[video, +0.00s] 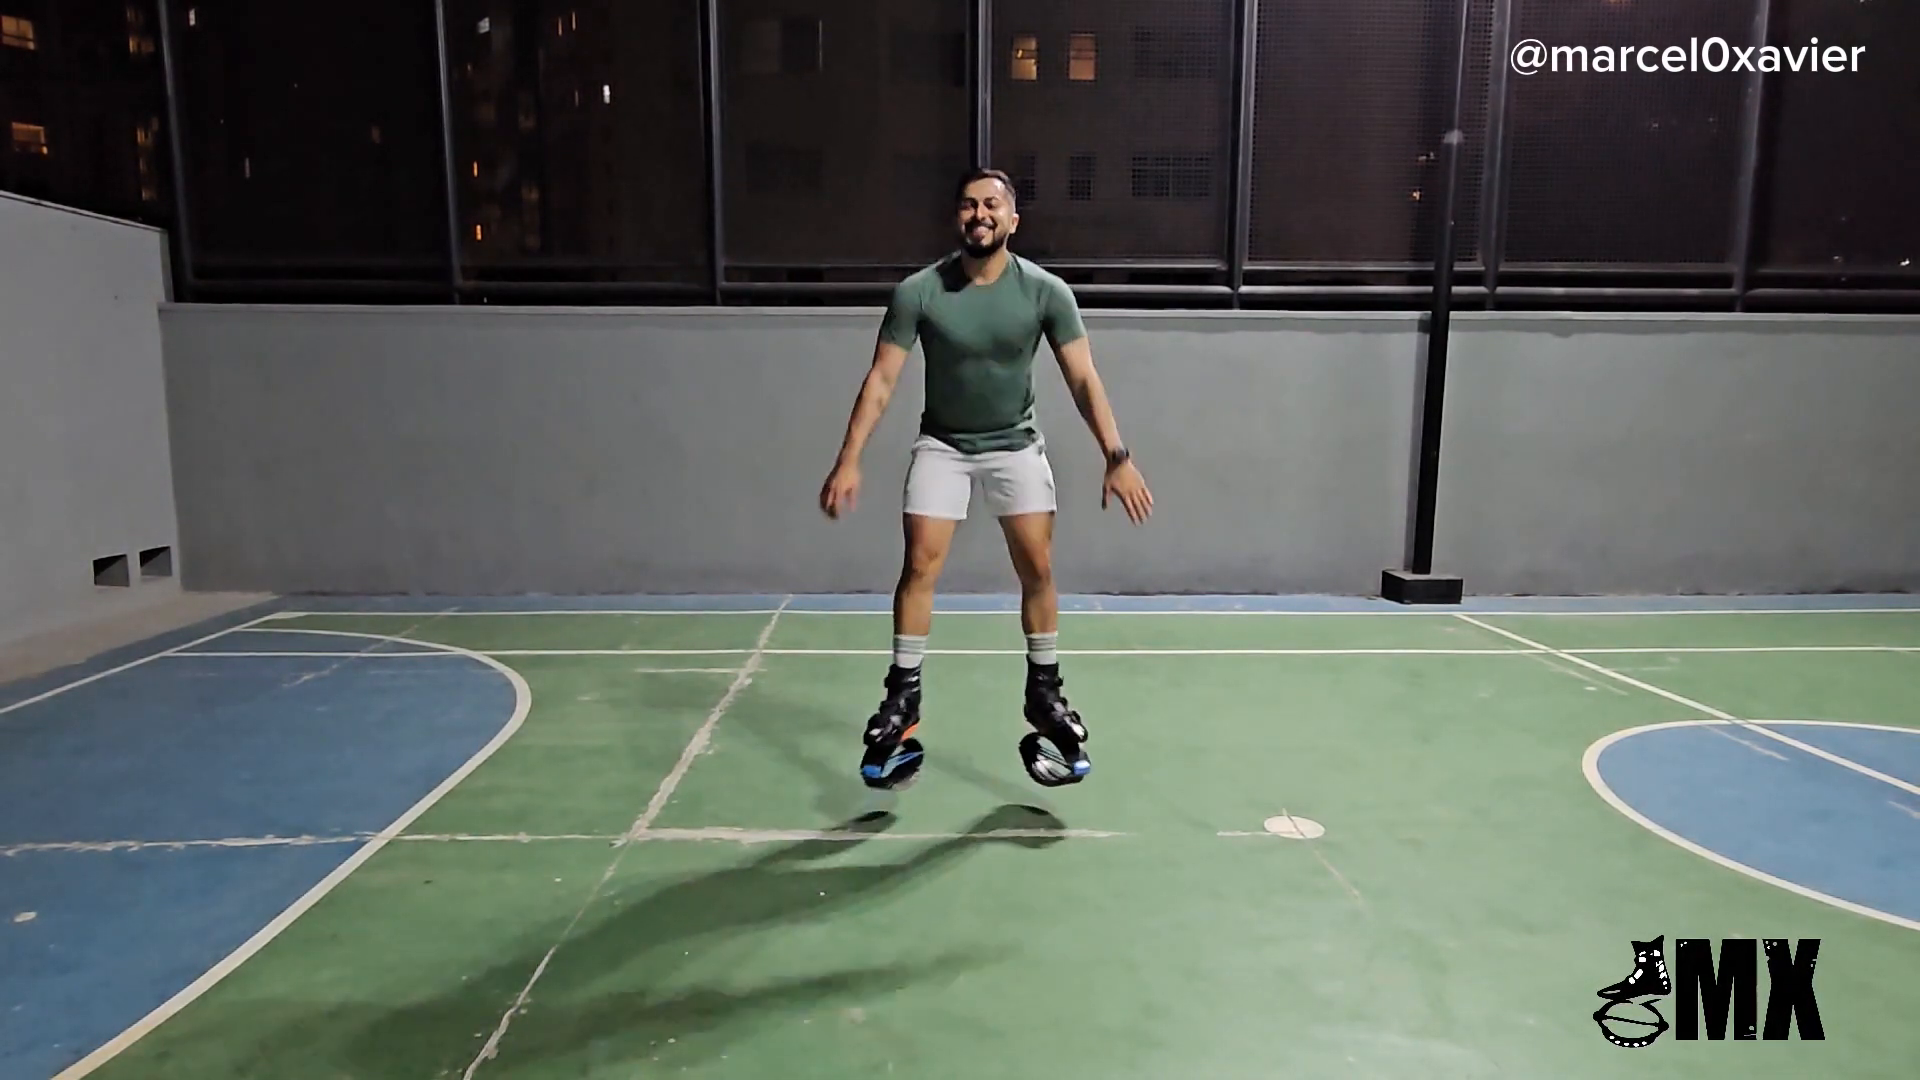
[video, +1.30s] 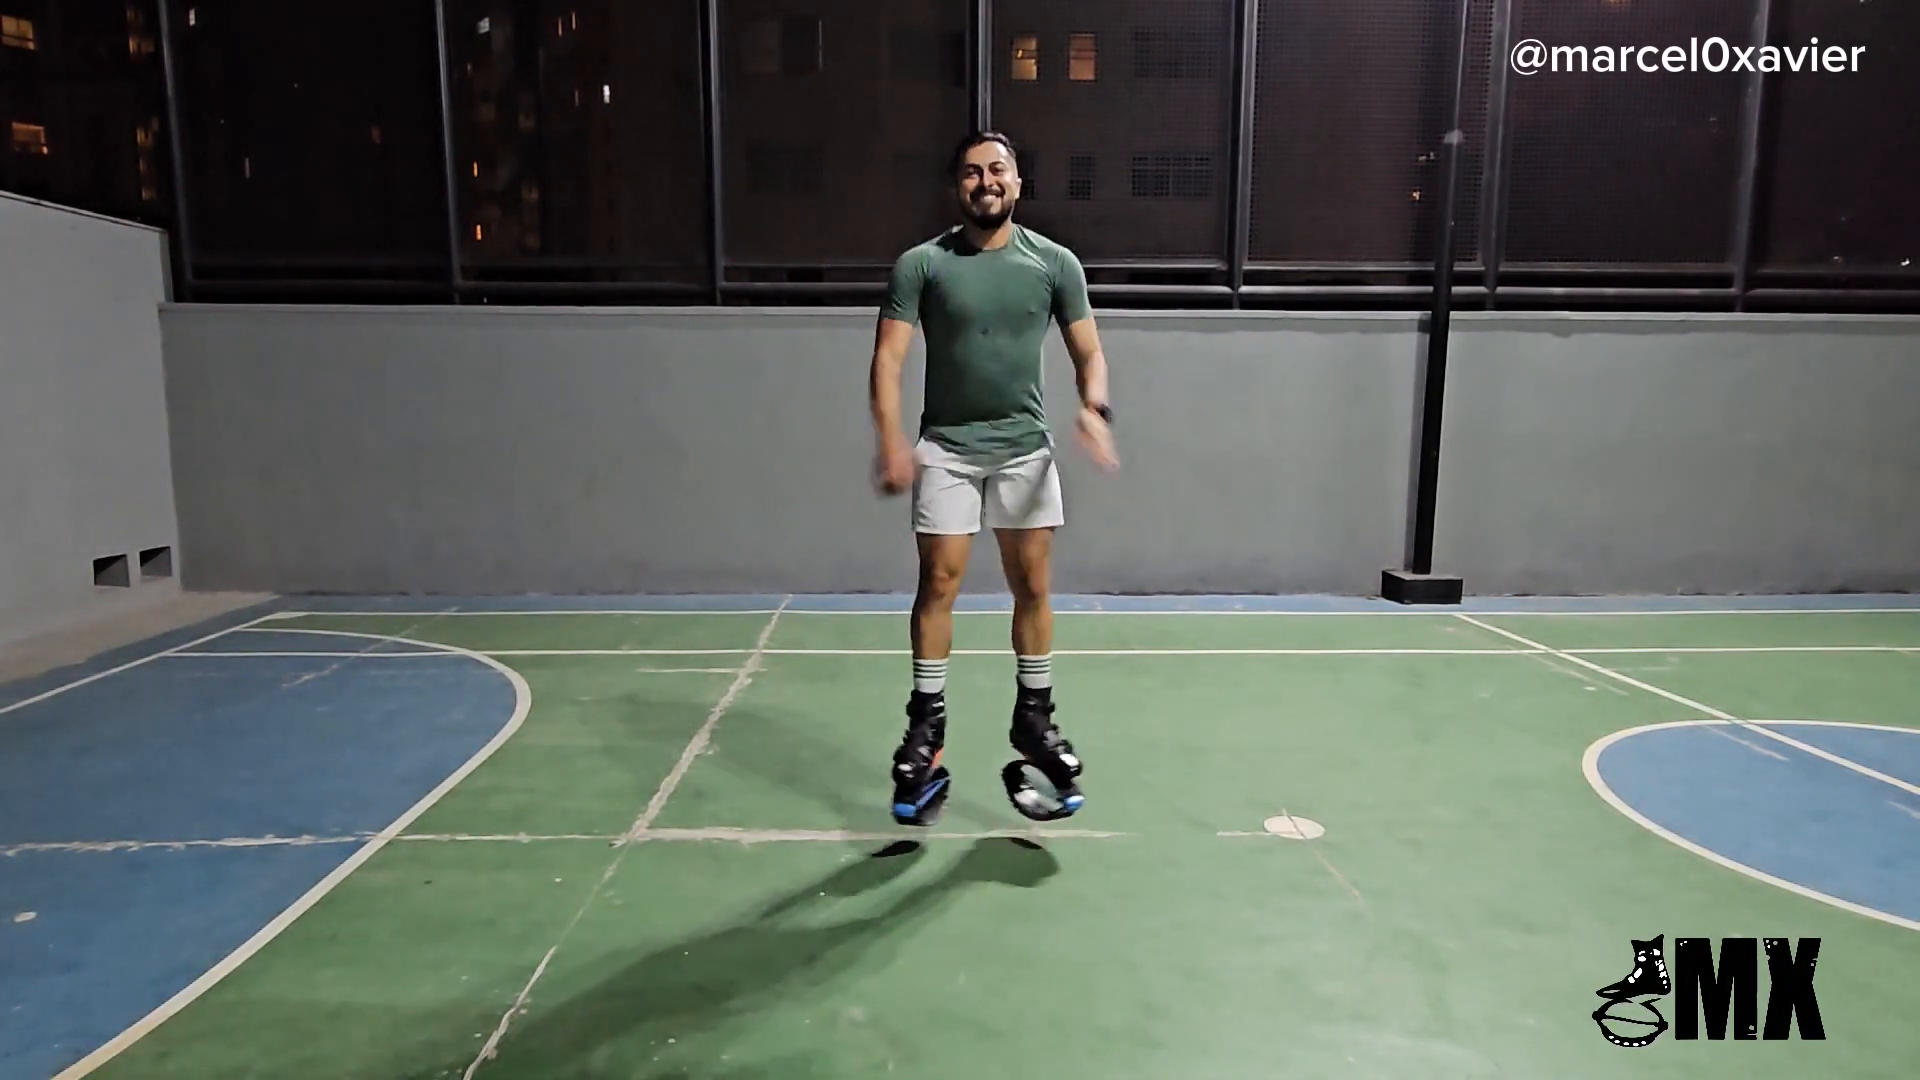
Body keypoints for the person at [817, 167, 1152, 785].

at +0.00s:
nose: (979, 213)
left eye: (991, 204)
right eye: (969, 204)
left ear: (1014, 218)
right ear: (956, 218)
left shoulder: (1045, 292)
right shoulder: (918, 293)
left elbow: (1084, 381)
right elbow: (880, 383)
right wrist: (848, 461)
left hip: (1016, 447)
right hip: (941, 447)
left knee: (1037, 567)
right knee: (920, 563)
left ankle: (1044, 693)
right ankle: (902, 697)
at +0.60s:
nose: (985, 262)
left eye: (996, 251)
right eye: (974, 253)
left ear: (1015, 267)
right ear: (960, 270)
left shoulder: (1046, 346)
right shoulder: (923, 346)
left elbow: (1112, 413)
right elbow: (859, 410)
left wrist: (1186, 423)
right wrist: (784, 415)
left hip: (1018, 508)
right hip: (940, 507)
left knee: (1042, 625)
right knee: (917, 626)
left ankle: (1061, 759)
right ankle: (884, 763)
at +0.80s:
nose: (985, 199)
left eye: (996, 189)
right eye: (973, 190)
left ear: (1016, 205)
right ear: (956, 207)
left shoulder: (1050, 281)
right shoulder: (921, 281)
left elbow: (1101, 362)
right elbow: (874, 363)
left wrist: (1157, 387)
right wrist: (825, 405)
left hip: (1018, 455)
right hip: (942, 455)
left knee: (1035, 579)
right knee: (924, 581)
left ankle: (1052, 717)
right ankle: (899, 724)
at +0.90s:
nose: (986, 191)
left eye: (997, 182)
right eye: (973, 183)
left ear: (1015, 200)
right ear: (956, 203)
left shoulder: (1049, 276)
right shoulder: (921, 277)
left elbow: (1079, 362)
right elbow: (904, 377)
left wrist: (1057, 417)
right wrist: (914, 457)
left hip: (1020, 444)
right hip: (943, 445)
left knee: (1028, 571)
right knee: (937, 571)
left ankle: (1033, 708)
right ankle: (923, 714)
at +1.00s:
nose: (990, 224)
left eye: (998, 213)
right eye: (976, 215)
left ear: (1014, 227)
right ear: (957, 232)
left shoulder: (1048, 306)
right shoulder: (924, 308)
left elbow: (1049, 390)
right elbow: (926, 401)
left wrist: (959, 390)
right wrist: (1014, 433)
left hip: (1020, 471)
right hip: (948, 472)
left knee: (1017, 601)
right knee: (950, 604)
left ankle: (1013, 738)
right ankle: (945, 744)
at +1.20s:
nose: (985, 209)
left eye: (996, 197)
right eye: (972, 199)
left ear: (1014, 206)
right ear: (954, 213)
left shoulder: (1053, 288)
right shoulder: (920, 290)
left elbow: (1076, 381)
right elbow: (909, 385)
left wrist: (1020, 351)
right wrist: (973, 388)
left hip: (1023, 471)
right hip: (948, 471)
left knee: (1018, 602)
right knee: (950, 600)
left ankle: (1015, 746)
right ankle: (944, 752)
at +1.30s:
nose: (985, 181)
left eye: (997, 169)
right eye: (972, 171)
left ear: (1019, 183)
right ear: (956, 187)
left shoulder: (1055, 264)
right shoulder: (922, 264)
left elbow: (1088, 354)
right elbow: (888, 358)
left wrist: (1093, 408)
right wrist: (890, 441)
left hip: (1025, 449)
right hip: (945, 450)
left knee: (1032, 584)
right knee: (939, 580)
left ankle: (1034, 718)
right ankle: (927, 724)